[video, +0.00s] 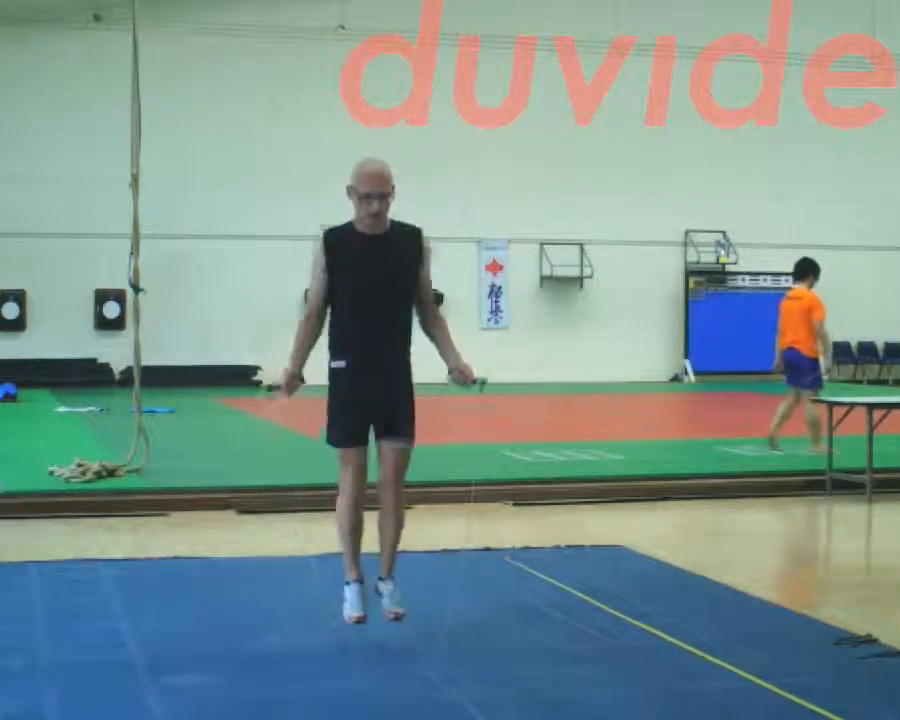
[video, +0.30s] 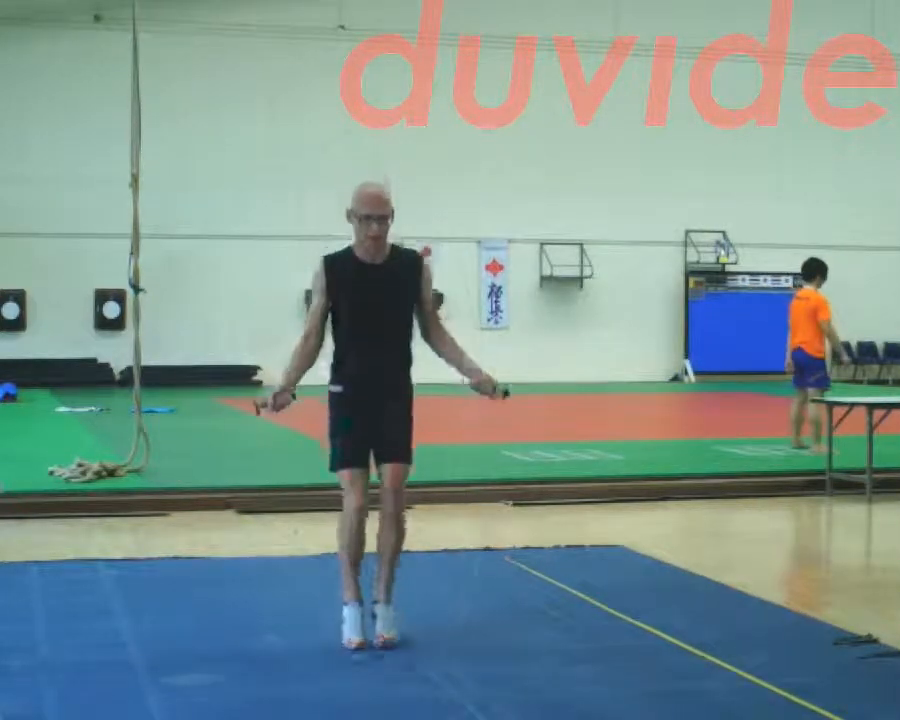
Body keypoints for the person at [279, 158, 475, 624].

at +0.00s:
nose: (375, 206)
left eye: (383, 197)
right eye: (367, 198)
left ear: (393, 195)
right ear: (351, 196)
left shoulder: (413, 242)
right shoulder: (332, 243)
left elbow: (428, 309)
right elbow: (314, 312)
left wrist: (453, 358)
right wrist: (294, 366)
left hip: (395, 372)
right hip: (349, 372)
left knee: (394, 474)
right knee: (353, 474)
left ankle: (386, 579)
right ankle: (352, 580)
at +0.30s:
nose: (376, 228)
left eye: (383, 220)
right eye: (367, 220)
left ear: (393, 219)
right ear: (351, 220)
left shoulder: (414, 266)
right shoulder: (331, 270)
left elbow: (434, 332)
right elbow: (312, 339)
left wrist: (472, 371)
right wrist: (285, 386)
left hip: (395, 394)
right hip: (348, 394)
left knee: (393, 501)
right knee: (355, 503)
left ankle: (384, 603)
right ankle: (352, 604)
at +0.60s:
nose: (380, 192)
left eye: (387, 184)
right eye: (371, 185)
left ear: (397, 185)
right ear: (355, 187)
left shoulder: (416, 234)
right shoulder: (334, 236)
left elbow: (432, 302)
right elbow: (315, 305)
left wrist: (463, 350)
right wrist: (290, 353)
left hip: (396, 357)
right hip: (350, 358)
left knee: (395, 452)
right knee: (358, 452)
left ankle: (387, 559)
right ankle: (357, 558)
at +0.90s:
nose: (378, 240)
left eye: (386, 232)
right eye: (369, 232)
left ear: (397, 233)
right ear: (355, 234)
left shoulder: (417, 282)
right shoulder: (336, 285)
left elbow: (434, 350)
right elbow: (322, 349)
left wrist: (473, 383)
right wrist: (300, 389)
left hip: (400, 406)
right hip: (354, 407)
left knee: (396, 509)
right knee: (364, 515)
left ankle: (390, 612)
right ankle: (361, 612)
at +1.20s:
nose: (377, 191)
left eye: (386, 183)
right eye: (368, 182)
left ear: (397, 183)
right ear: (355, 183)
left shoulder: (417, 230)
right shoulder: (334, 233)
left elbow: (430, 296)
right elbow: (318, 298)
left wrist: (457, 346)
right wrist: (301, 351)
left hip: (398, 351)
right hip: (352, 351)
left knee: (399, 448)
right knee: (361, 449)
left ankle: (390, 553)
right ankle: (358, 555)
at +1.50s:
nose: (374, 249)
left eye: (382, 240)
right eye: (366, 240)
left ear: (396, 243)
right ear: (355, 242)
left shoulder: (415, 294)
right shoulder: (333, 294)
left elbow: (427, 358)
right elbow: (318, 358)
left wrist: (466, 382)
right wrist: (302, 391)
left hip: (395, 417)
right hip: (348, 417)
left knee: (393, 520)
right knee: (359, 521)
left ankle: (382, 615)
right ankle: (348, 614)